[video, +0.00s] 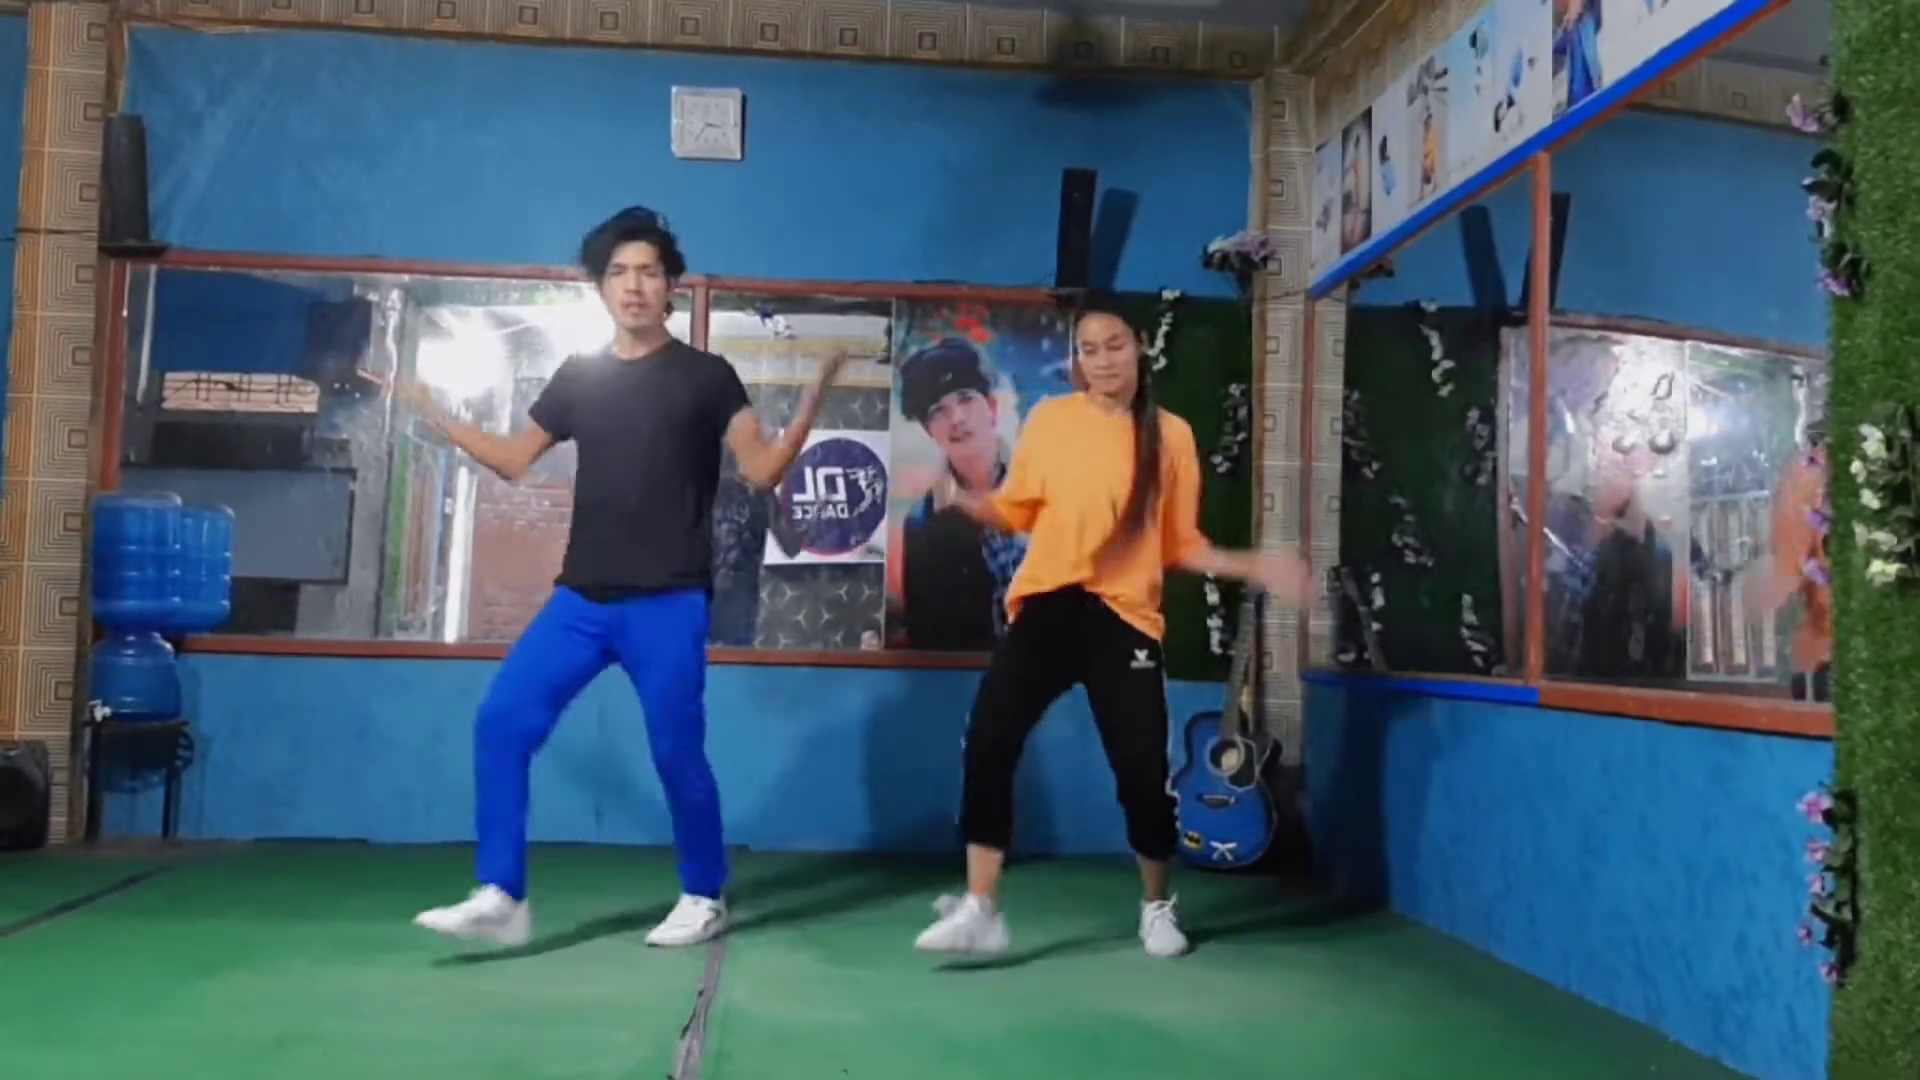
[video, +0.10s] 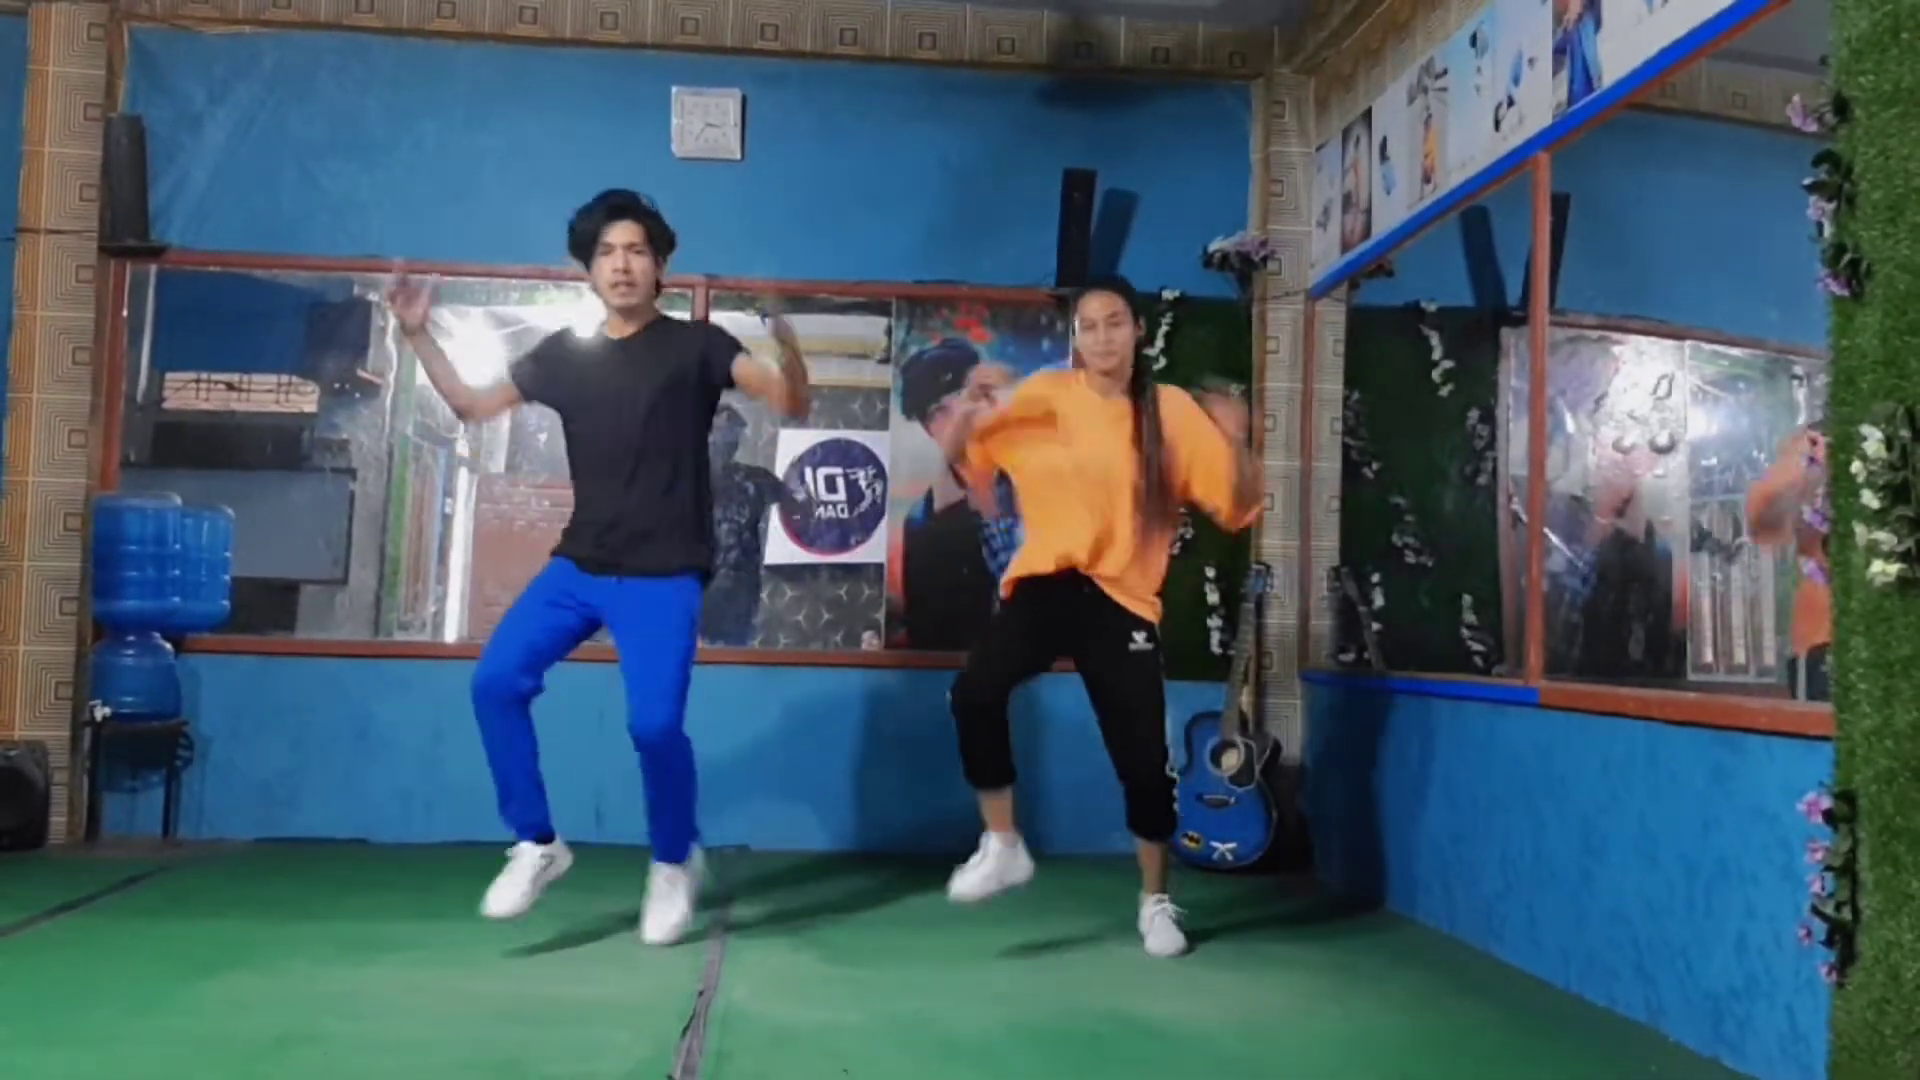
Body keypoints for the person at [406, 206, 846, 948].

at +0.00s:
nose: (636, 287)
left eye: (650, 274)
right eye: (622, 274)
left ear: (672, 288)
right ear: (600, 288)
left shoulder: (708, 376)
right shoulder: (581, 376)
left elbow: (763, 469)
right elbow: (512, 458)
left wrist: (817, 393)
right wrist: (434, 414)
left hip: (667, 603)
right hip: (582, 599)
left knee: (677, 751)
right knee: (502, 721)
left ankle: (703, 898)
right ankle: (502, 897)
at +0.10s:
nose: (624, 265)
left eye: (638, 251)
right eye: (609, 252)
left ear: (662, 265)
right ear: (588, 269)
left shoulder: (699, 345)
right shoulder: (563, 355)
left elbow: (793, 401)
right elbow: (472, 404)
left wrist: (784, 336)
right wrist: (419, 335)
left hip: (665, 575)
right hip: (579, 565)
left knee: (655, 727)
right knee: (496, 685)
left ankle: (673, 865)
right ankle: (538, 844)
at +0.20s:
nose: (614, 261)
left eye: (628, 246)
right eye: (597, 248)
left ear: (652, 260)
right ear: (578, 263)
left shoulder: (691, 341)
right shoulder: (550, 350)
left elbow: (778, 402)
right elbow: (466, 400)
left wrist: (724, 427)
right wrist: (449, 417)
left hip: (656, 558)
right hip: (570, 556)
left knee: (628, 690)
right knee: (521, 709)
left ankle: (618, 840)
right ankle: (537, 884)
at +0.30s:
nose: (604, 271)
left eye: (618, 256)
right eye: (588, 258)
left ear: (642, 271)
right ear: (569, 275)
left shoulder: (682, 362)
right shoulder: (549, 368)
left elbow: (736, 464)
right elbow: (505, 470)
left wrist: (700, 535)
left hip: (628, 587)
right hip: (549, 583)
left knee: (586, 736)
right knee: (528, 740)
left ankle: (598, 892)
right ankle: (553, 898)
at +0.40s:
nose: (593, 281)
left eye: (608, 267)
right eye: (580, 268)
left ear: (635, 282)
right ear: (564, 284)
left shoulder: (677, 372)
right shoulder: (546, 385)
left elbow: (714, 477)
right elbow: (538, 486)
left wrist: (683, 475)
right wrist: (514, 563)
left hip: (625, 590)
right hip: (544, 588)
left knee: (561, 742)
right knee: (520, 744)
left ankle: (600, 898)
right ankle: (551, 901)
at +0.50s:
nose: (582, 282)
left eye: (598, 269)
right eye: (569, 271)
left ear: (626, 284)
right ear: (553, 287)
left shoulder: (665, 346)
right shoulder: (540, 392)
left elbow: (729, 420)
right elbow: (484, 475)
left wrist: (643, 434)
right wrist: (446, 509)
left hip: (642, 578)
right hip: (559, 582)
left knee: (584, 704)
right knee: (523, 745)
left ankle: (615, 855)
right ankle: (552, 904)